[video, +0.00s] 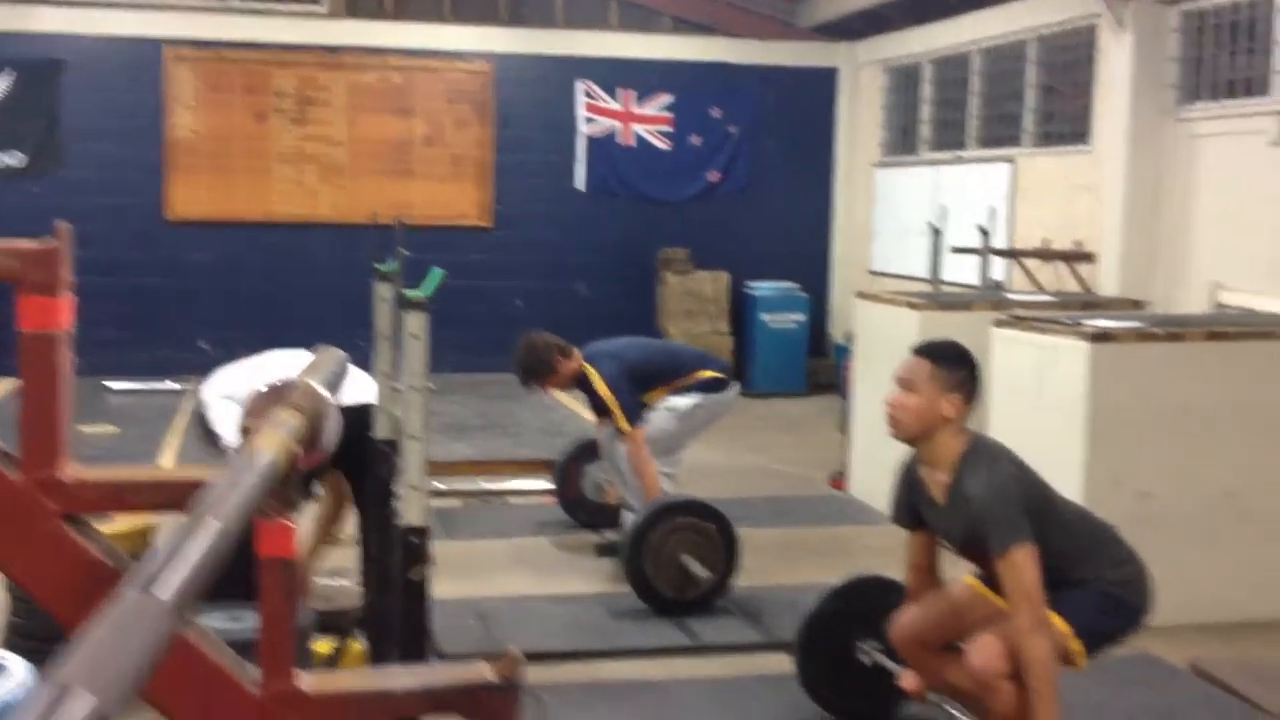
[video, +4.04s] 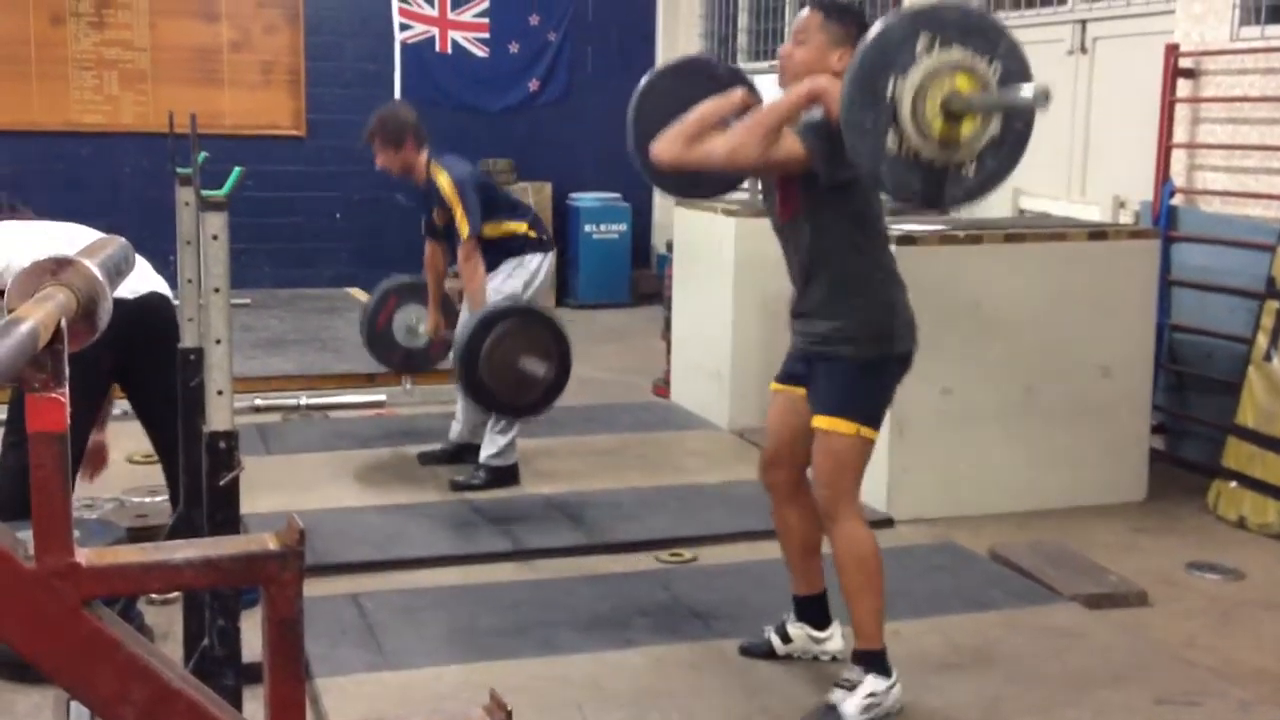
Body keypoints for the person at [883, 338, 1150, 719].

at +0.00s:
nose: (891, 401)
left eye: (907, 390)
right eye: (896, 387)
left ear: (951, 407)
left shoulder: (989, 478)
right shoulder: (917, 474)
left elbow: (1031, 620)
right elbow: (921, 576)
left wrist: (1045, 711)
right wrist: (919, 666)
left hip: (1107, 589)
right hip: (1033, 573)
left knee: (985, 656)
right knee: (909, 630)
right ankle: (1000, 707)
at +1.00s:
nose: (706, 325)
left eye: (722, 313)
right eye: (711, 310)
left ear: (765, 328)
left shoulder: (806, 396)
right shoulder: (743, 393)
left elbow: (843, 532)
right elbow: (751, 496)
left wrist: (868, 651)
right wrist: (758, 576)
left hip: (931, 495)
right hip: (871, 481)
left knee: (805, 565)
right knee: (746, 547)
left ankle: (881, 661)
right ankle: (842, 648)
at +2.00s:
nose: (745, 27)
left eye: (764, 20)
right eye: (750, 17)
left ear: (799, 44)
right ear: (770, 45)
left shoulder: (812, 126)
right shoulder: (750, 127)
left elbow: (815, 254)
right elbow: (731, 229)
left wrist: (820, 363)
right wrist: (715, 314)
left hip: (888, 304)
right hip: (830, 294)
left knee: (841, 450)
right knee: (781, 423)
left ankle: (855, 630)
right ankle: (803, 588)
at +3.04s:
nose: (798, 297)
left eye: (815, 290)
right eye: (804, 287)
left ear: (852, 317)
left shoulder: (855, 388)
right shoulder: (785, 377)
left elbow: (750, 434)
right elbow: (676, 401)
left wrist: (821, 362)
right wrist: (740, 342)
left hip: (898, 542)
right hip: (822, 519)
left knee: (808, 555)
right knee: (705, 502)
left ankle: (871, 662)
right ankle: (802, 611)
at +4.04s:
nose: (783, 50)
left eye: (799, 39)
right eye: (788, 38)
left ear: (839, 57)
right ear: (796, 55)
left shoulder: (838, 125)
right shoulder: (779, 122)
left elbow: (738, 155)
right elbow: (666, 152)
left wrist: (803, 93)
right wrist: (734, 98)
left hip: (864, 334)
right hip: (813, 330)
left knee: (834, 492)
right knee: (780, 474)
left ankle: (875, 669)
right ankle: (813, 624)